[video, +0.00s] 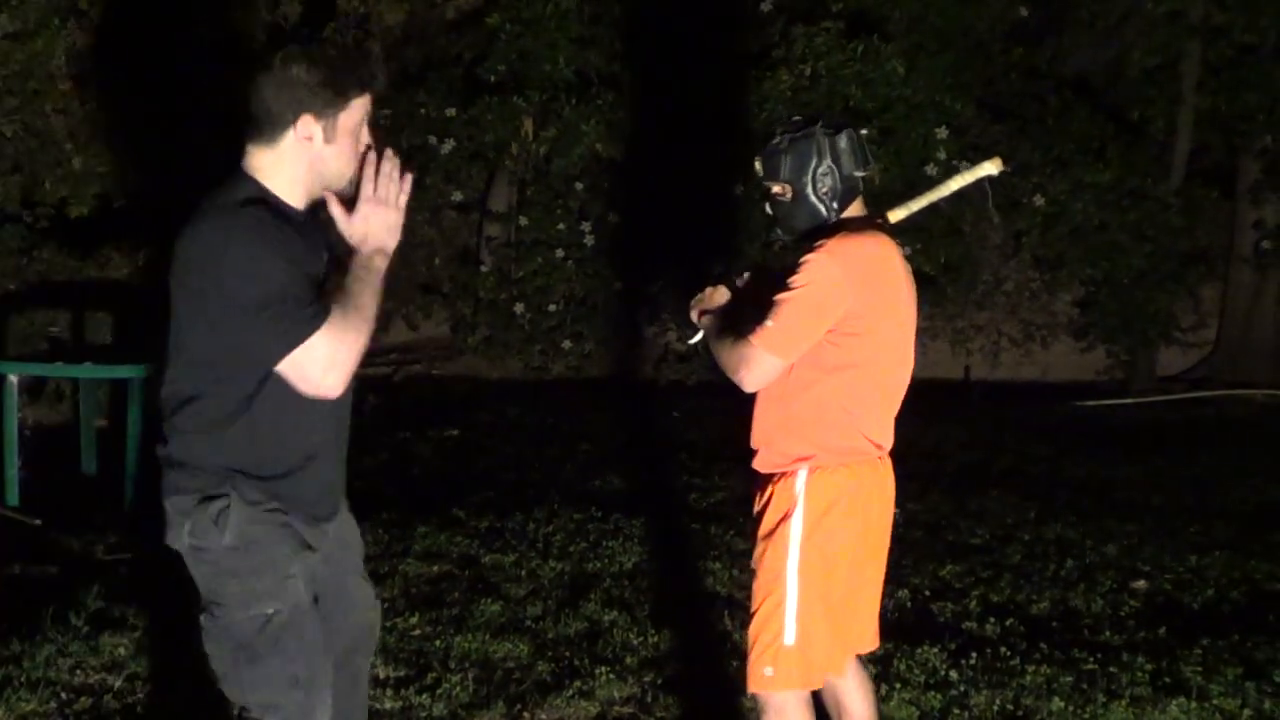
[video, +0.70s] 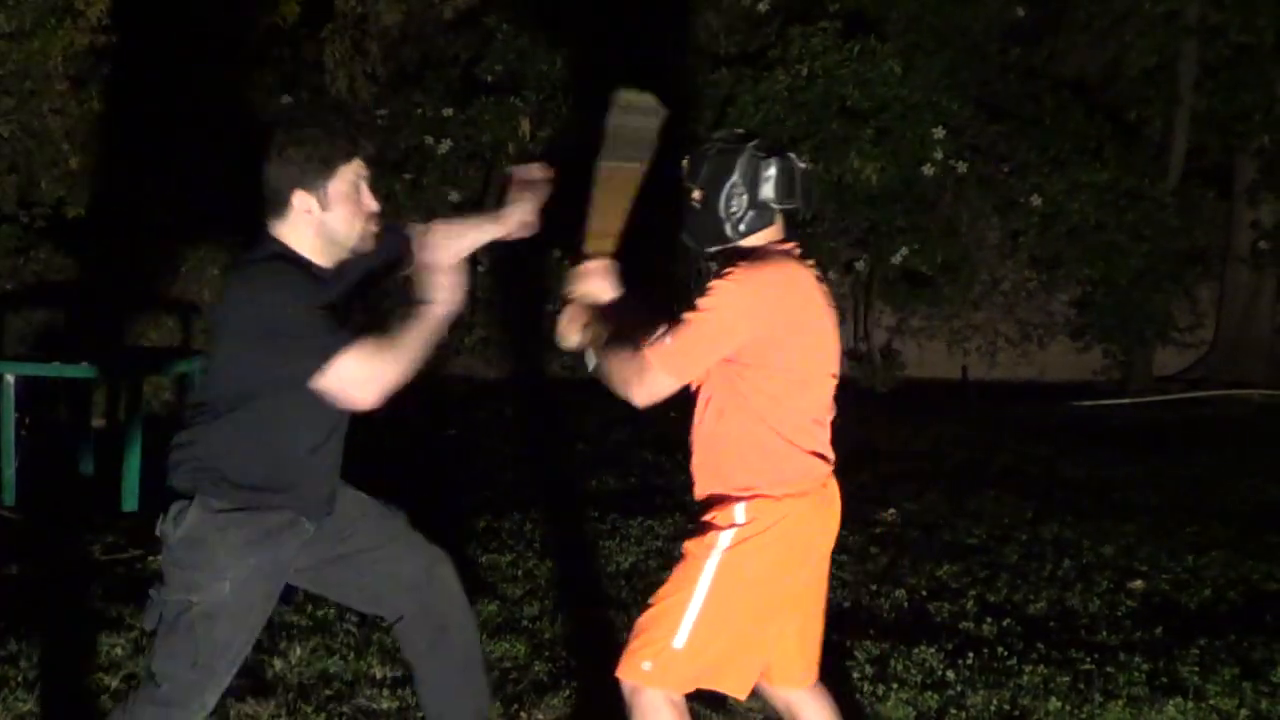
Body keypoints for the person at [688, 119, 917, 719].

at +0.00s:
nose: (775, 206)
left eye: (782, 192)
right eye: (772, 192)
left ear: (820, 188)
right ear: (840, 185)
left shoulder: (836, 262)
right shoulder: (881, 257)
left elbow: (750, 369)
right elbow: (815, 343)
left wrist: (714, 323)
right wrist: (742, 308)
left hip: (815, 487)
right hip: (857, 482)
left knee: (777, 680)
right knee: (835, 661)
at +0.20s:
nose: (777, 198)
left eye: (786, 184)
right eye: (776, 183)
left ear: (821, 185)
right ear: (850, 186)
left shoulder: (825, 261)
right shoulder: (895, 268)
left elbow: (728, 354)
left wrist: (705, 329)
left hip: (818, 487)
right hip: (873, 485)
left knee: (773, 680)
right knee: (835, 670)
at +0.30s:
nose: (774, 198)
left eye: (781, 186)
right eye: (774, 185)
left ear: (812, 190)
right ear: (853, 192)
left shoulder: (799, 263)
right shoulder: (903, 276)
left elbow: (699, 330)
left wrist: (756, 281)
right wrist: (875, 250)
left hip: (815, 492)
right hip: (878, 488)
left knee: (755, 679)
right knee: (832, 673)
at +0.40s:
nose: (764, 201)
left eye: (770, 191)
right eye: (765, 189)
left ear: (791, 199)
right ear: (846, 197)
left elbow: (697, 309)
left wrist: (765, 277)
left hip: (804, 500)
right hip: (871, 494)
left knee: (727, 679)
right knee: (819, 665)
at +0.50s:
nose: (747, 202)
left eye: (753, 192)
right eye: (750, 190)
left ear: (773, 202)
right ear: (828, 200)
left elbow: (694, 322)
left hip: (789, 502)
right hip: (854, 496)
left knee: (696, 676)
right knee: (808, 663)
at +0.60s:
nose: (721, 202)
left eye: (728, 191)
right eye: (726, 190)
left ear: (747, 204)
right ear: (805, 205)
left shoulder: (751, 279)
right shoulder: (842, 280)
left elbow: (661, 351)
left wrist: (643, 315)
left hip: (772, 505)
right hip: (830, 499)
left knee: (669, 676)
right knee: (808, 675)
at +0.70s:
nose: (693, 211)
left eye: (700, 199)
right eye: (695, 197)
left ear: (727, 207)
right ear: (771, 206)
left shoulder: (748, 290)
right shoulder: (799, 283)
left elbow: (642, 384)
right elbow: (684, 344)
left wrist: (593, 338)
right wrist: (618, 305)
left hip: (756, 513)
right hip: (804, 504)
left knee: (649, 678)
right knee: (787, 680)